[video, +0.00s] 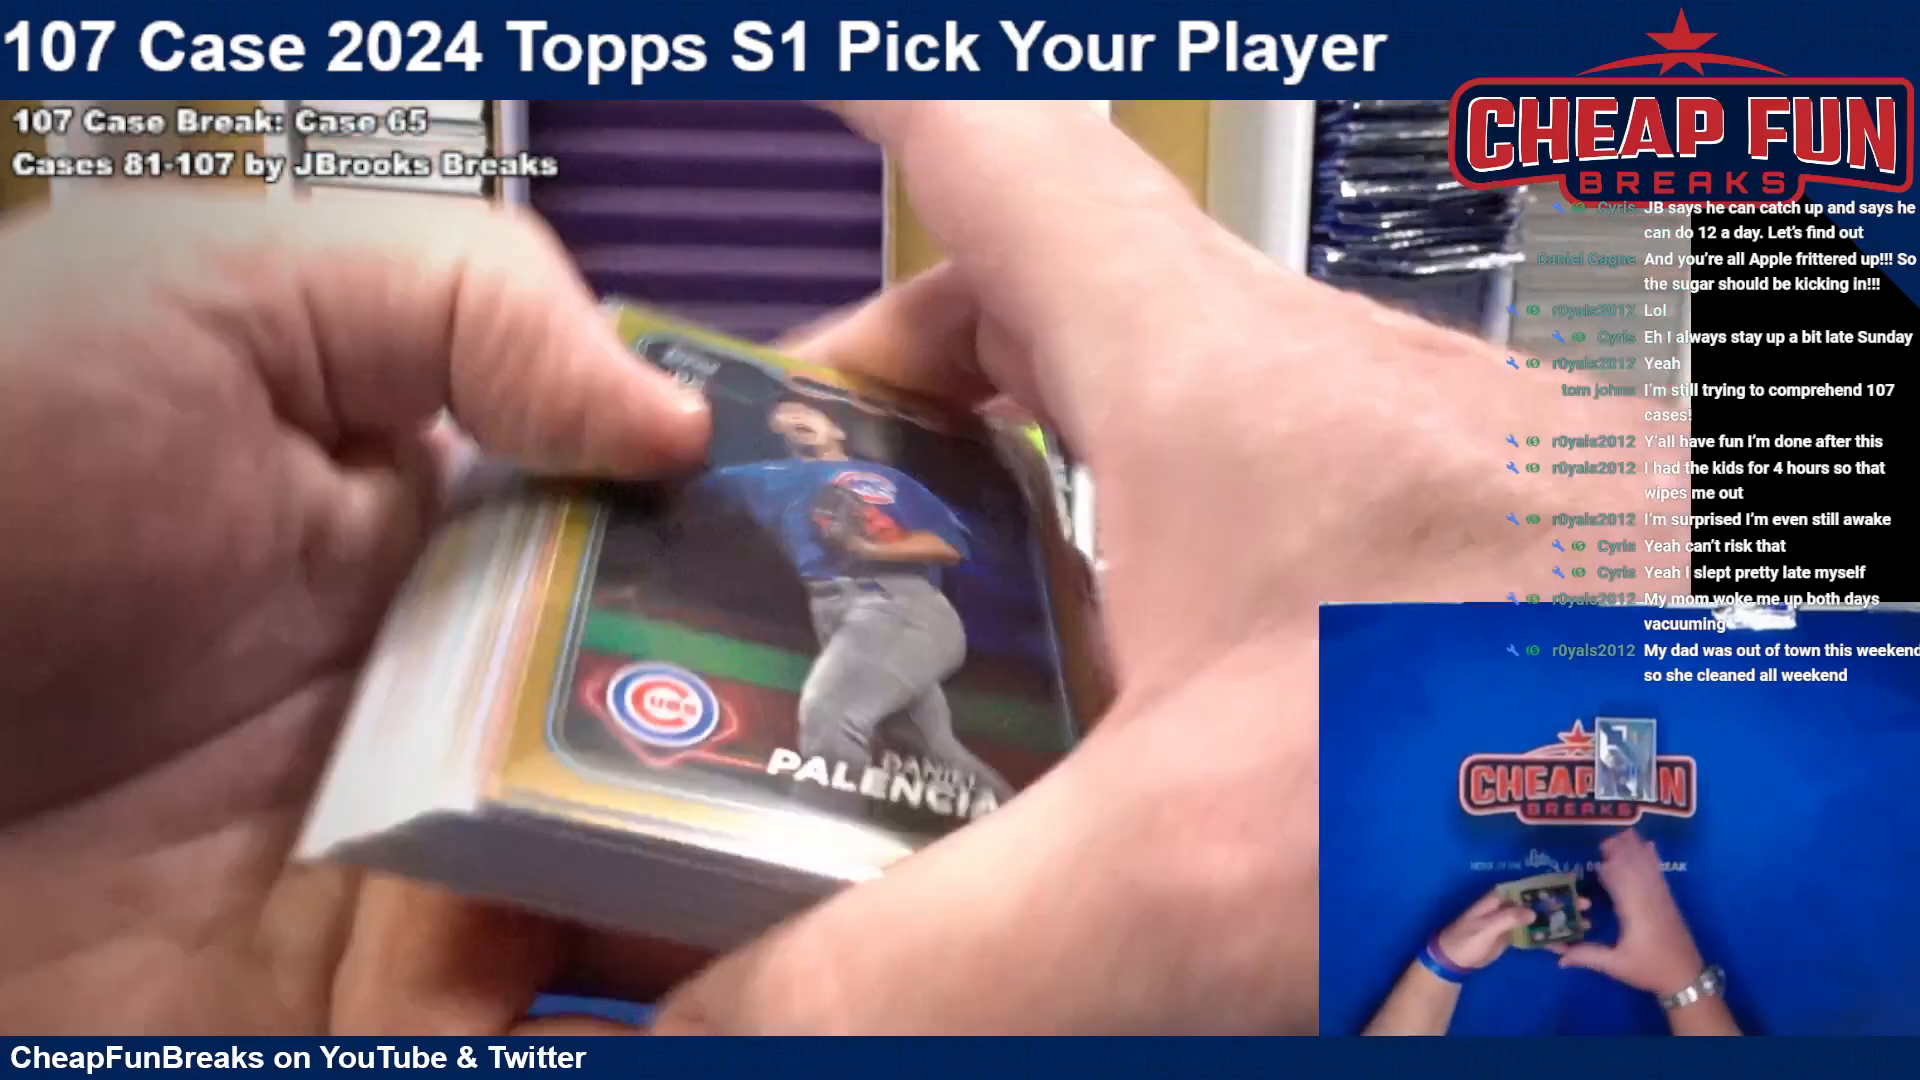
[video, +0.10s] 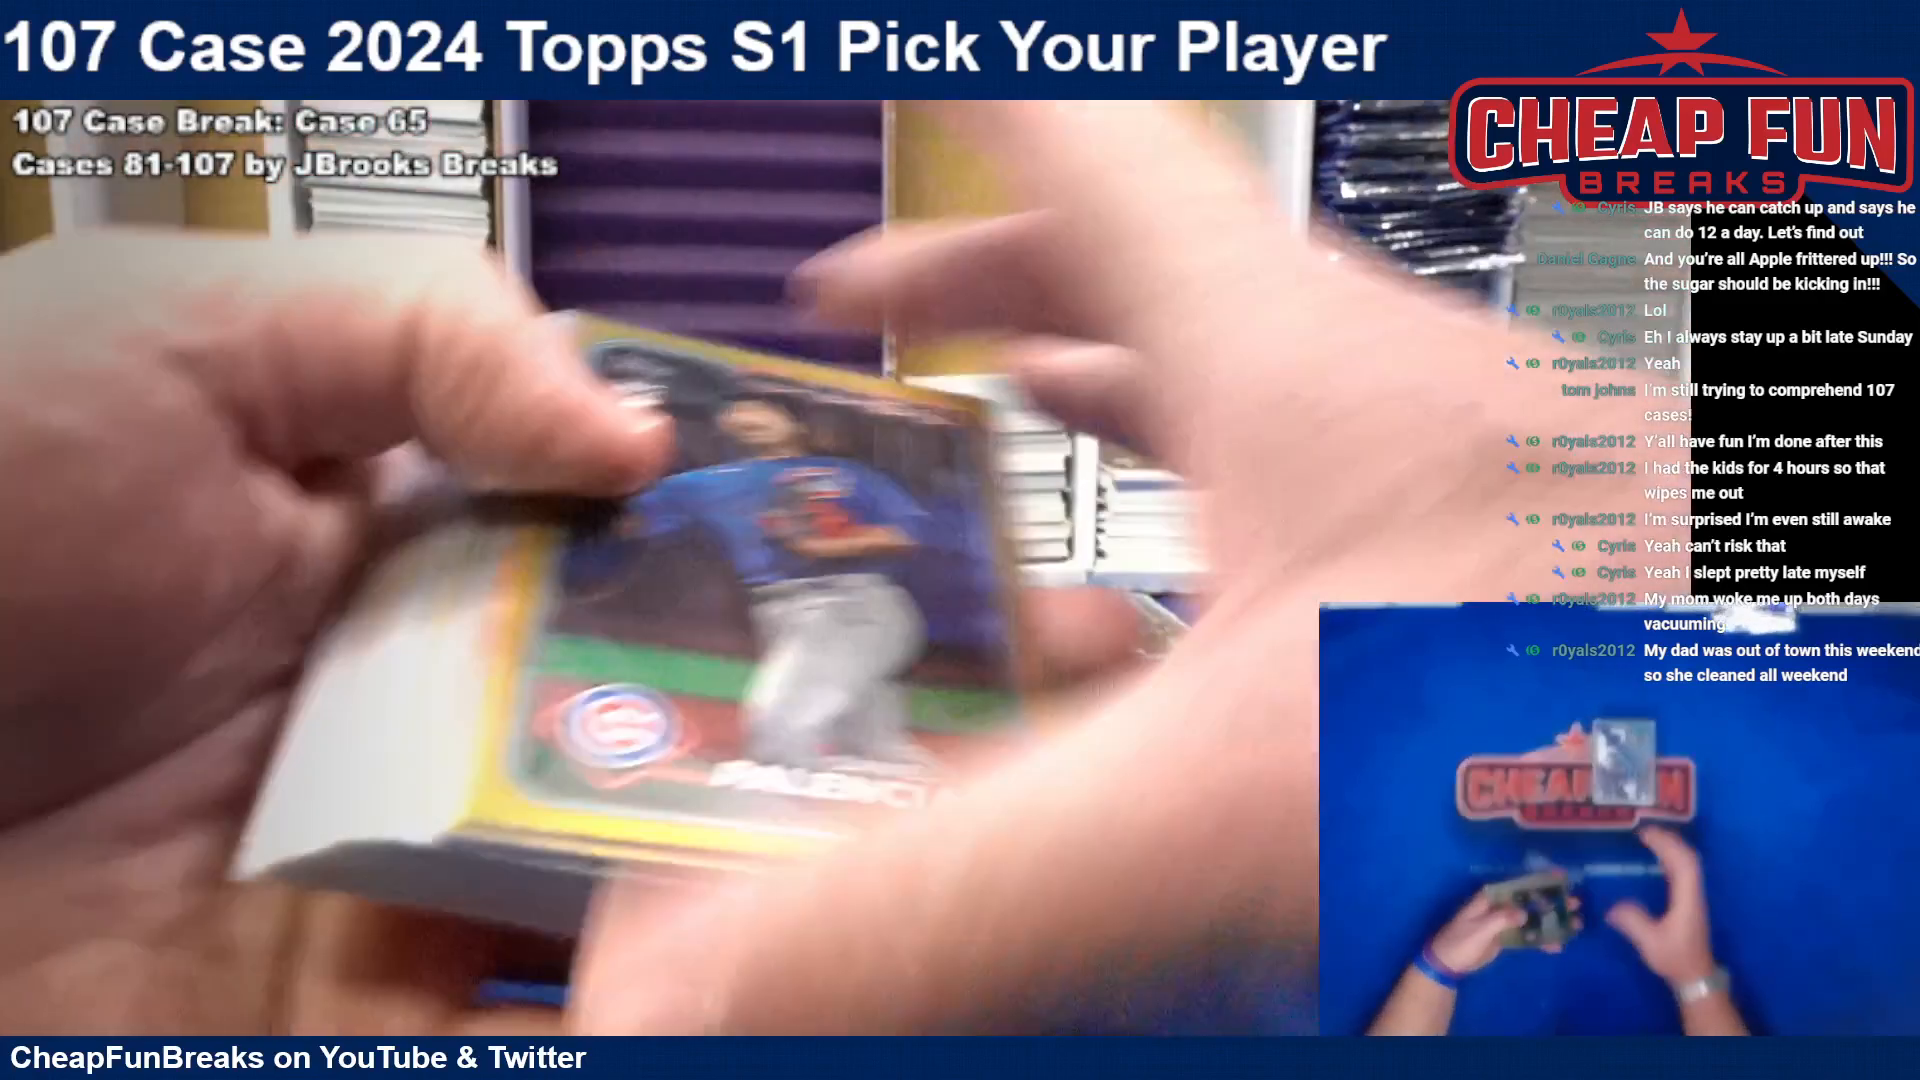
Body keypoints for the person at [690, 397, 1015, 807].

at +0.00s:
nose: (799, 421)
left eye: (810, 412)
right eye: (788, 415)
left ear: (836, 426)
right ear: (777, 430)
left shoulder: (885, 479)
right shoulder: (776, 480)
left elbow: (951, 544)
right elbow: (693, 491)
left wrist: (869, 548)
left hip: (907, 610)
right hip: (841, 617)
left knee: (831, 713)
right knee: (933, 752)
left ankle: (841, 852)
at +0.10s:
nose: (750, 427)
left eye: (764, 415)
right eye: (739, 417)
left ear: (795, 422)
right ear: (726, 429)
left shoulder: (842, 474)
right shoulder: (718, 483)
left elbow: (907, 532)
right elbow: (632, 516)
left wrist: (829, 543)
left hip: (865, 609)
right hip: (793, 623)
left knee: (778, 723)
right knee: (878, 750)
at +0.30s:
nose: (594, 447)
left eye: (604, 439)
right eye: (582, 442)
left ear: (629, 451)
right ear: (572, 462)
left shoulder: (683, 495)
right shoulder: (573, 517)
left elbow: (740, 556)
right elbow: (488, 563)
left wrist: (667, 577)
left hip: (704, 632)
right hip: (636, 650)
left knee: (636, 758)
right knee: (728, 777)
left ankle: (636, 895)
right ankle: (828, 863)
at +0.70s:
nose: (662, 406)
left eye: (672, 397)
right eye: (650, 402)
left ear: (700, 413)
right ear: (641, 425)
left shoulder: (752, 457)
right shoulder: (642, 483)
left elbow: (809, 525)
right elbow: (567, 513)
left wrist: (739, 549)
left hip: (771, 608)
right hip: (705, 626)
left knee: (705, 745)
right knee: (791, 765)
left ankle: (703, 894)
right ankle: (886, 859)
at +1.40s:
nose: (717, 372)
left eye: (727, 362)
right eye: (705, 368)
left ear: (757, 376)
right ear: (697, 391)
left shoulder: (809, 422)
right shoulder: (694, 455)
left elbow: (864, 490)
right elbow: (618, 494)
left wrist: (794, 519)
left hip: (828, 580)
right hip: (760, 601)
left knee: (762, 723)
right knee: (849, 739)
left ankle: (759, 877)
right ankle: (945, 836)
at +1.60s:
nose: (797, 355)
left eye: (808, 343)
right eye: (784, 348)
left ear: (837, 350)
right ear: (771, 366)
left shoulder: (890, 395)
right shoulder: (773, 438)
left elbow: (956, 456)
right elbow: (689, 482)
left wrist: (900, 490)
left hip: (947, 540)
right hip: (868, 570)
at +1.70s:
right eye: (692, 395)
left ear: (712, 404)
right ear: (655, 400)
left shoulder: (697, 451)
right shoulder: (605, 448)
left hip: (690, 614)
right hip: (602, 612)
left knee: (773, 659)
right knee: (479, 708)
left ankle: (787, 816)